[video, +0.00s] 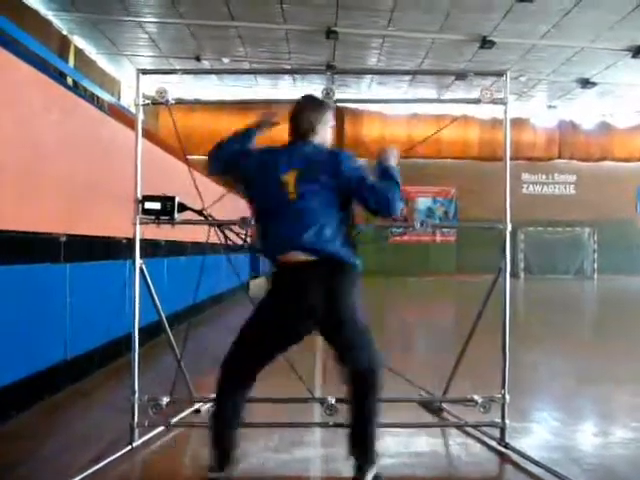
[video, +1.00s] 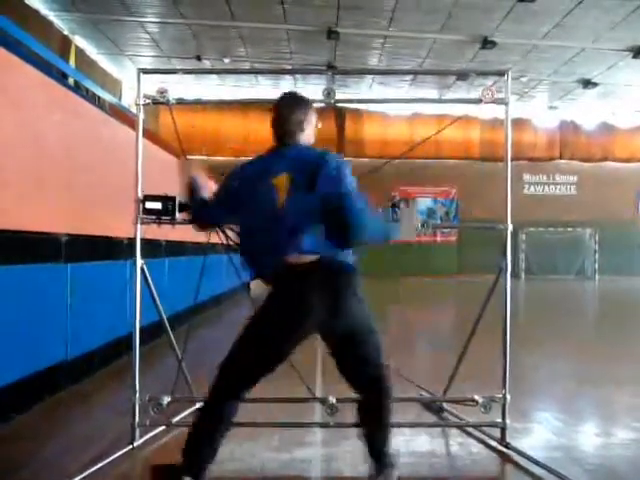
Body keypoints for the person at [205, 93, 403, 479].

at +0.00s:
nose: (333, 131)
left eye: (331, 126)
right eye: (331, 126)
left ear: (291, 127)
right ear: (325, 128)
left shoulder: (263, 163)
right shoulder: (336, 163)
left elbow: (219, 159)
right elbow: (388, 204)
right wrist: (388, 168)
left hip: (289, 286)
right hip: (335, 284)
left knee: (237, 368)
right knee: (365, 366)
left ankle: (222, 462)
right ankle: (365, 466)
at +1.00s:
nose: (315, 128)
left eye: (313, 122)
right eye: (314, 122)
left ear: (274, 127)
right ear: (308, 126)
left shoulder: (247, 175)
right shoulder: (329, 166)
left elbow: (205, 219)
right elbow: (356, 229)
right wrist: (388, 222)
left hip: (287, 291)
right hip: (337, 287)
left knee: (231, 381)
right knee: (372, 380)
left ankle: (193, 467)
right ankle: (382, 465)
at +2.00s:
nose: (292, 142)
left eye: (276, 135)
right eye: (294, 137)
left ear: (258, 139)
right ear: (292, 141)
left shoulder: (235, 174)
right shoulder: (310, 177)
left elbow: (197, 156)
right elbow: (324, 233)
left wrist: (171, 117)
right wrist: (375, 239)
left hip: (278, 303)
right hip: (328, 296)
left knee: (207, 378)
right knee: (391, 369)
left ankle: (184, 468)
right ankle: (466, 443)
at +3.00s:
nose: (270, 132)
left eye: (270, 127)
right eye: (285, 128)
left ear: (269, 131)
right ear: (302, 130)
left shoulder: (254, 161)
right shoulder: (325, 162)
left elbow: (208, 138)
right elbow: (377, 182)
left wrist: (173, 103)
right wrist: (388, 158)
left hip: (301, 289)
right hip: (345, 281)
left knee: (241, 381)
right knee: (402, 364)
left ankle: (187, 464)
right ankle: (466, 441)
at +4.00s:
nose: (360, 133)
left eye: (360, 126)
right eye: (368, 125)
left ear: (362, 130)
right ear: (395, 129)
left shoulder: (345, 167)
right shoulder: (418, 163)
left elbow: (299, 206)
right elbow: (462, 144)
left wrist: (294, 173)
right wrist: (422, 121)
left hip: (341, 290)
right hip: (389, 293)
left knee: (290, 358)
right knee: (427, 375)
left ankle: (279, 460)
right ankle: (434, 466)